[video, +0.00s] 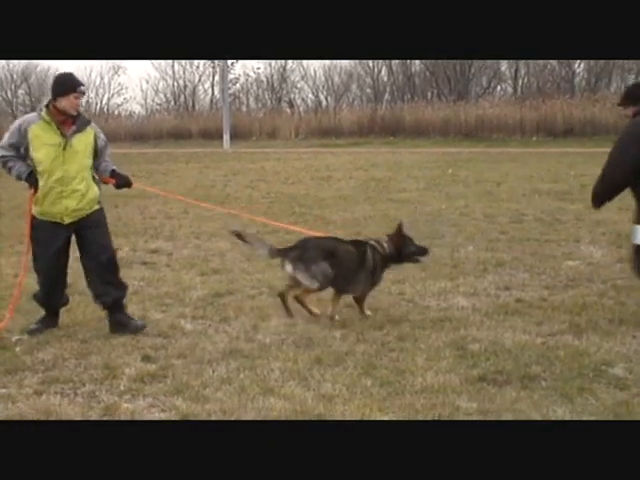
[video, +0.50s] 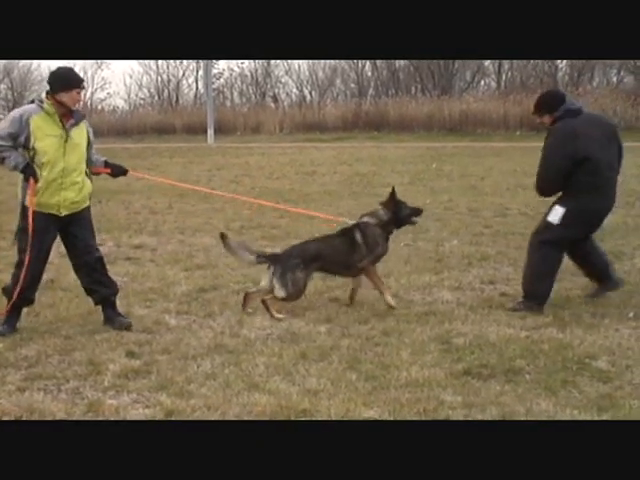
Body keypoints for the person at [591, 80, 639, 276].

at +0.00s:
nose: (627, 113)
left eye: (629, 107)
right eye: (627, 108)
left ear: (636, 107)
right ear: (636, 107)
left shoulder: (634, 130)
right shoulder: (632, 129)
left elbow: (620, 166)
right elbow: (620, 166)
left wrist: (598, 196)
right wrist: (599, 195)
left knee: (637, 262)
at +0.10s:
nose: (604, 109)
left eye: (605, 104)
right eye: (603, 104)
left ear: (615, 100)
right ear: (626, 96)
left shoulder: (624, 120)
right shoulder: (631, 115)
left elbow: (610, 161)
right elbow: (613, 160)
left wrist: (592, 190)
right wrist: (594, 188)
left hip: (632, 199)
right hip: (631, 196)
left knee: (611, 248)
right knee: (619, 246)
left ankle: (636, 287)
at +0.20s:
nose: (583, 106)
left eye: (583, 100)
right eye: (582, 101)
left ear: (592, 96)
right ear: (608, 91)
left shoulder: (602, 115)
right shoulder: (632, 110)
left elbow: (590, 156)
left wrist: (566, 180)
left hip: (616, 194)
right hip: (634, 193)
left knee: (582, 236)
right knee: (632, 244)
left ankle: (586, 299)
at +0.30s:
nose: (564, 111)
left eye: (564, 105)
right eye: (562, 106)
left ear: (574, 101)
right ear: (589, 96)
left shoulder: (582, 121)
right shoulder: (623, 119)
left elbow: (563, 163)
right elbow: (637, 154)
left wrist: (537, 187)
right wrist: (623, 179)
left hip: (593, 200)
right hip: (626, 199)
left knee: (563, 245)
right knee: (630, 251)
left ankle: (541, 301)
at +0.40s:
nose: (546, 121)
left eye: (547, 116)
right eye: (545, 116)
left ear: (558, 112)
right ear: (570, 107)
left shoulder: (563, 135)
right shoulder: (609, 126)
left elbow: (548, 174)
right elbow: (626, 160)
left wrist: (529, 198)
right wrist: (614, 186)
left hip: (577, 204)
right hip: (608, 203)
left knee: (542, 243)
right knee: (593, 244)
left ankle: (534, 302)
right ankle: (635, 283)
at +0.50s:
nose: (541, 122)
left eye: (541, 117)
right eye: (539, 117)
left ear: (552, 113)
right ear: (564, 106)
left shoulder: (561, 133)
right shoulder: (602, 124)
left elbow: (546, 186)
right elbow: (615, 161)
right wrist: (600, 178)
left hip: (577, 201)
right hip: (603, 199)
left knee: (543, 241)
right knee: (575, 239)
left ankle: (533, 301)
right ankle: (607, 280)